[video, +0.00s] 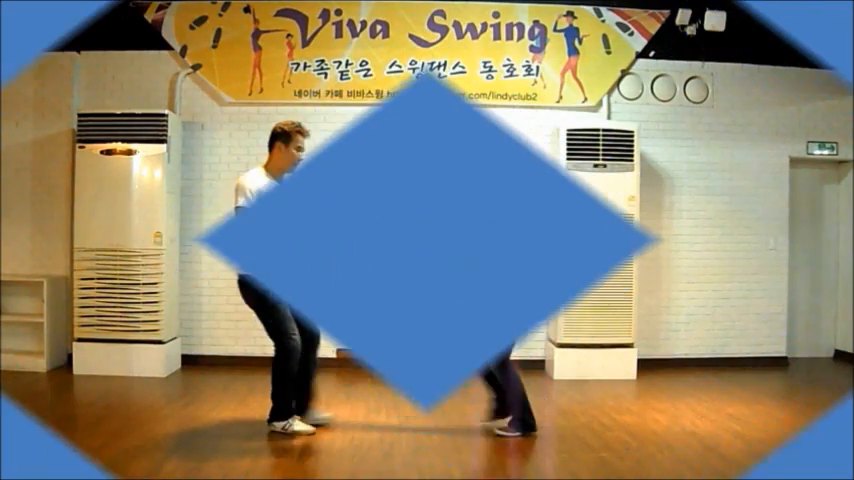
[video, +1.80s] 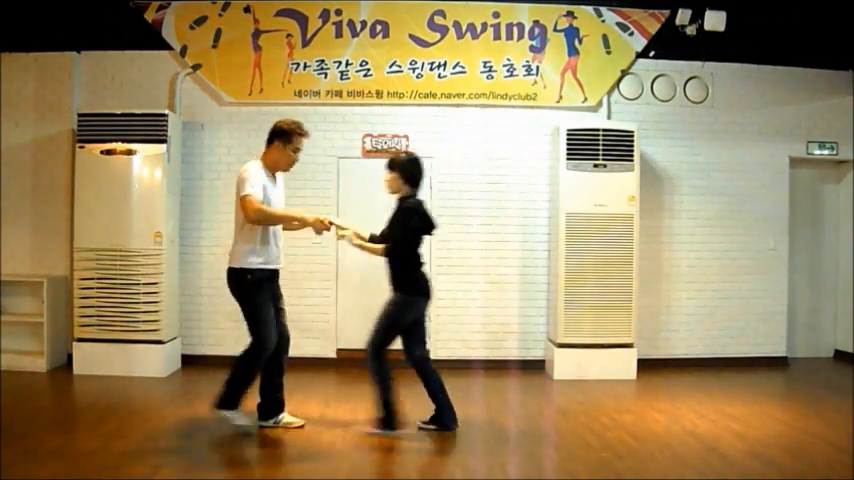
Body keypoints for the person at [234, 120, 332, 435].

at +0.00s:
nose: (300, 156)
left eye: (302, 150)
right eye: (297, 149)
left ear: (284, 150)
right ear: (278, 147)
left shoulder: (292, 184)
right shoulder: (248, 183)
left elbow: (302, 226)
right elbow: (248, 234)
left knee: (311, 334)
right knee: (288, 339)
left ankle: (302, 408)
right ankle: (280, 416)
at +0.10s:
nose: (293, 157)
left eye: (294, 151)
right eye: (289, 149)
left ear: (277, 151)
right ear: (269, 148)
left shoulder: (287, 191)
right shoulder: (243, 185)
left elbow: (307, 222)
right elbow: (241, 231)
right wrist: (280, 244)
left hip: (275, 278)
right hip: (250, 280)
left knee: (296, 340)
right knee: (285, 341)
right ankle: (280, 417)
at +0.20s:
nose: (285, 158)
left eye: (286, 151)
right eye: (281, 151)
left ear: (270, 152)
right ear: (260, 150)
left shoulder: (276, 192)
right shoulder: (235, 187)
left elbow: (303, 227)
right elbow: (232, 238)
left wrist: (333, 238)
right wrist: (277, 248)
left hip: (266, 279)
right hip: (244, 281)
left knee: (268, 346)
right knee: (280, 343)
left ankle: (210, 393)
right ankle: (280, 417)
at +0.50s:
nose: (268, 155)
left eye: (269, 149)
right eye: (264, 147)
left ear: (250, 149)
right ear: (244, 146)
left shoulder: (256, 188)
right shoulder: (217, 183)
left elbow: (266, 234)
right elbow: (202, 231)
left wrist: (301, 237)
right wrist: (245, 242)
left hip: (237, 276)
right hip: (217, 275)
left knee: (216, 345)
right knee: (251, 337)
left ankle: (189, 407)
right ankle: (233, 412)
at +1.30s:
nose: (286, 152)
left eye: (286, 146)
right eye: (281, 145)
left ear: (268, 149)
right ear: (263, 148)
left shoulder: (262, 184)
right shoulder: (242, 177)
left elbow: (242, 221)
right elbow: (208, 214)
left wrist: (266, 232)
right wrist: (248, 231)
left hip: (248, 277)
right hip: (227, 276)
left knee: (259, 338)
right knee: (229, 342)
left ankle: (213, 399)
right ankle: (196, 410)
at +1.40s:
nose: (287, 150)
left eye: (286, 144)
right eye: (282, 143)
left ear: (270, 147)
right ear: (263, 146)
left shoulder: (263, 182)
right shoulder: (246, 177)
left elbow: (242, 222)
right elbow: (217, 215)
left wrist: (270, 234)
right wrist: (258, 233)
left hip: (247, 276)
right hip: (228, 276)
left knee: (271, 333)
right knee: (220, 345)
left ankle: (239, 401)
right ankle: (195, 411)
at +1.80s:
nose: (295, 160)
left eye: (297, 154)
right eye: (293, 153)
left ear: (282, 149)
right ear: (275, 146)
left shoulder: (275, 178)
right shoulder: (251, 172)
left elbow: (277, 222)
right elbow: (251, 212)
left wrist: (310, 222)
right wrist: (301, 219)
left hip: (268, 272)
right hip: (246, 272)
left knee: (280, 339)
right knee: (265, 340)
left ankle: (271, 413)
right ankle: (226, 404)